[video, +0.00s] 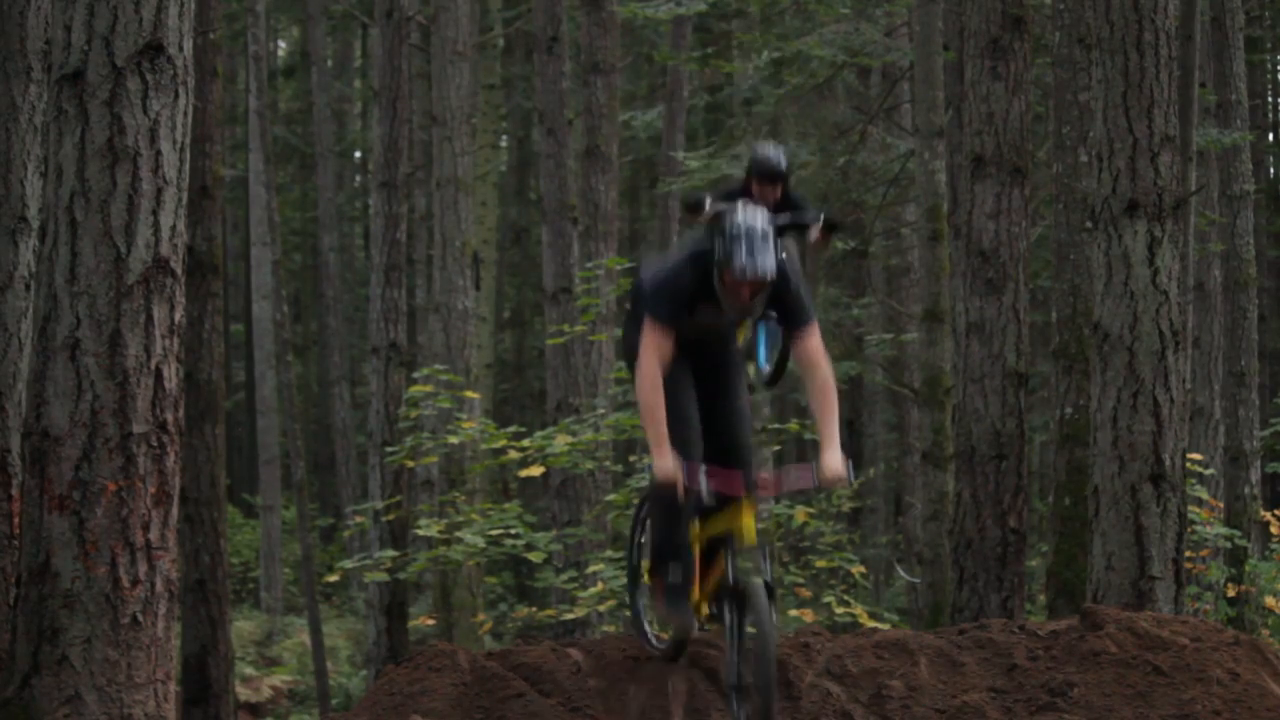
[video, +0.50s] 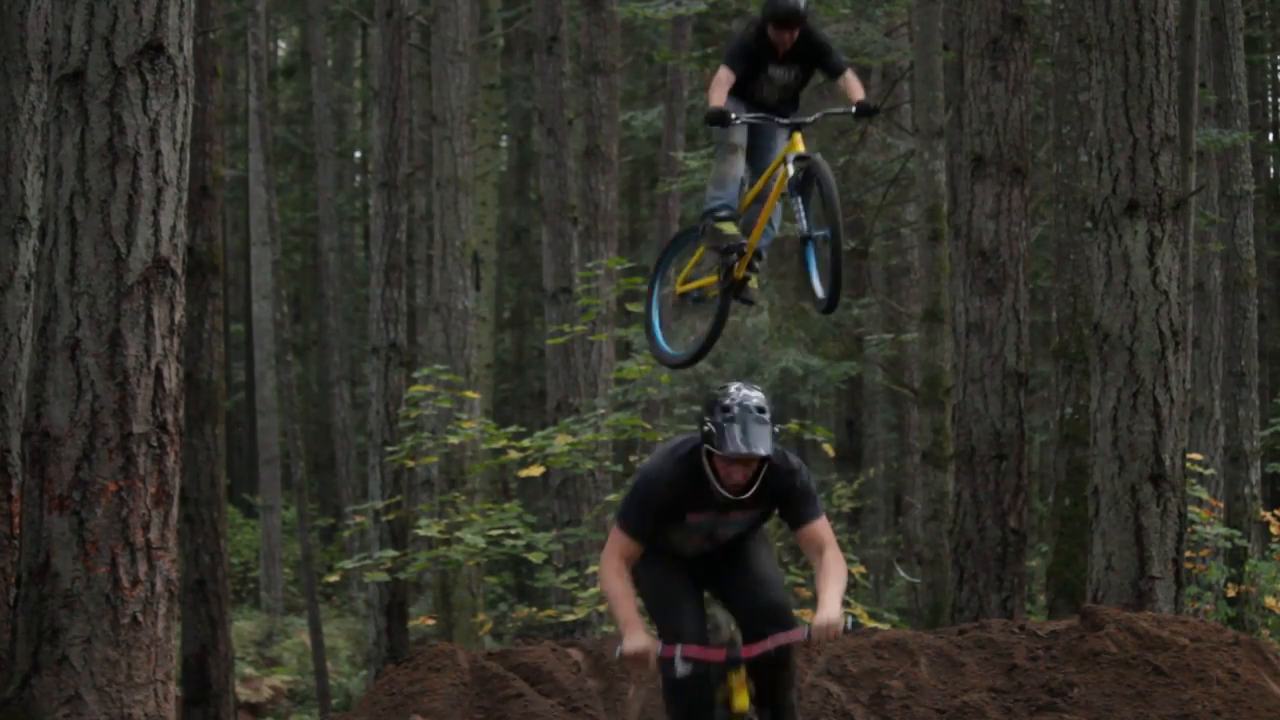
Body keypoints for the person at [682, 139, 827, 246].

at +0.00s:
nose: (768, 193)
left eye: (774, 186)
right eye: (761, 185)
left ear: (783, 185)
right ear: (750, 182)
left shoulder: (791, 203)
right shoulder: (734, 197)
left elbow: (809, 219)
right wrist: (697, 208)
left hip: (773, 255)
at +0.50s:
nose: (785, 37)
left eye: (792, 31)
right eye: (779, 30)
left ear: (800, 27)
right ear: (767, 25)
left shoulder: (812, 42)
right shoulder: (752, 38)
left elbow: (843, 74)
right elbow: (724, 75)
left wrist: (859, 100)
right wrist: (716, 106)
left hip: (776, 119)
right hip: (739, 109)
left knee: (772, 188)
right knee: (734, 142)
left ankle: (750, 264)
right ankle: (720, 216)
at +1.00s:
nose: (820, 1)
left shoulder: (849, 10)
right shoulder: (779, 5)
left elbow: (880, 52)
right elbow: (749, 54)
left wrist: (896, 95)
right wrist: (743, 106)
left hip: (791, 73)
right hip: (753, 60)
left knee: (795, 156)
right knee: (759, 126)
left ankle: (758, 248)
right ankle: (742, 213)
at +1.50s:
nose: (863, 126)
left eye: (871, 120)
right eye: (859, 116)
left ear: (883, 115)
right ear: (846, 103)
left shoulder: (882, 126)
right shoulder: (815, 111)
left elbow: (914, 179)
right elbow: (782, 176)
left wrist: (934, 242)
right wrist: (773, 243)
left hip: (809, 177)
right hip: (763, 162)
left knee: (836, 261)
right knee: (783, 248)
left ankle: (823, 332)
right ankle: (765, 340)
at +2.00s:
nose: (908, 428)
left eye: (915, 422)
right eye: (910, 418)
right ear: (896, 399)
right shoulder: (854, 398)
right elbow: (832, 480)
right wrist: (864, 507)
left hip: (828, 416)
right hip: (788, 423)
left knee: (865, 473)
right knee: (825, 509)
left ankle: (858, 541)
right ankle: (811, 606)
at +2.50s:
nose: (973, 607)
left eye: (979, 602)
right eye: (977, 599)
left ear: (960, 550)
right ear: (968, 587)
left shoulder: (926, 544)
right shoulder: (925, 602)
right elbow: (921, 699)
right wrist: (963, 710)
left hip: (799, 539)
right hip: (789, 590)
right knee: (836, 669)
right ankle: (768, 623)